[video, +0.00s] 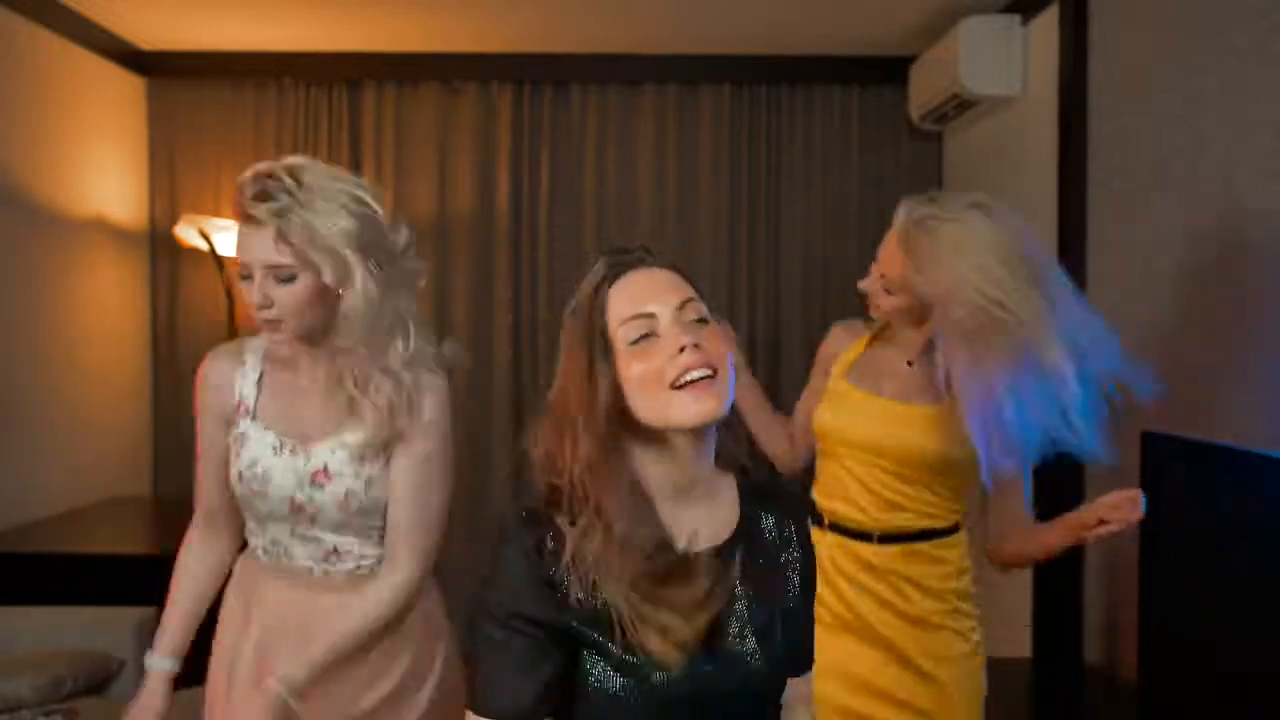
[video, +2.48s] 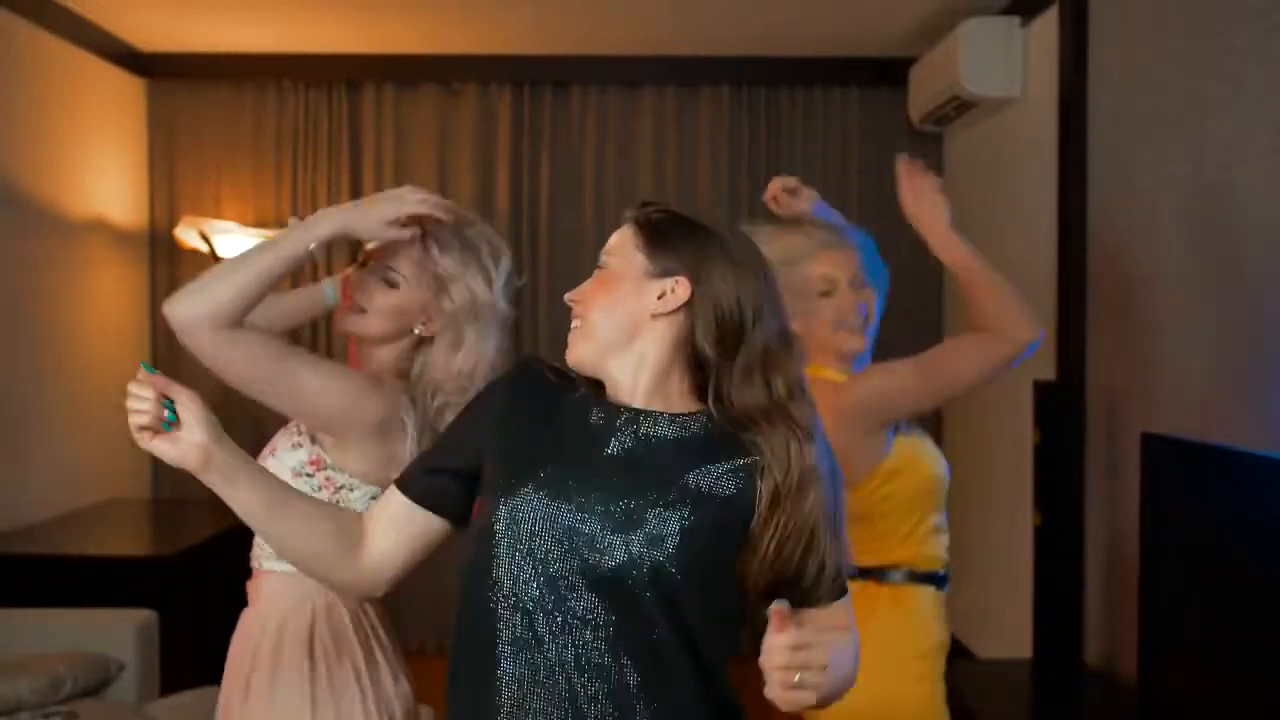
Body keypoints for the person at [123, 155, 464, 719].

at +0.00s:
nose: (259, 298)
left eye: (283, 277)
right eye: (248, 275)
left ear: (343, 277)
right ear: (237, 271)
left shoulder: (414, 390)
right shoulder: (229, 375)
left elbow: (407, 569)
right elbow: (214, 528)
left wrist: (288, 684)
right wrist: (160, 671)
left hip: (381, 645)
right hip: (257, 641)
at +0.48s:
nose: (325, 325)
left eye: (355, 307)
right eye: (322, 306)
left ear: (405, 312)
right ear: (313, 303)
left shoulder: (361, 396)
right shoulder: (419, 399)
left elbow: (332, 582)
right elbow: (335, 572)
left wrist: (185, 687)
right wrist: (205, 569)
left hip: (339, 651)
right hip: (386, 644)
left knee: (103, 684)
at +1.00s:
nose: (343, 319)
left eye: (370, 300)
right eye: (327, 297)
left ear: (406, 308)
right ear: (309, 306)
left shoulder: (385, 401)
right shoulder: (349, 392)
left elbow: (209, 486)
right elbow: (216, 454)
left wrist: (238, 341)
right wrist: (247, 338)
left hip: (340, 644)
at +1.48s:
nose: (393, 312)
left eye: (424, 300)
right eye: (385, 289)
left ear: (465, 319)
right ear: (368, 290)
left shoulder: (408, 407)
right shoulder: (396, 401)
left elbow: (272, 265)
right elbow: (277, 346)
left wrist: (417, 196)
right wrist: (369, 221)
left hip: (324, 632)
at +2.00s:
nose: (358, 284)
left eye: (390, 269)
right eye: (357, 266)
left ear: (441, 290)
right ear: (349, 267)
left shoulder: (389, 379)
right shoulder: (406, 389)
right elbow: (271, 379)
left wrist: (303, 206)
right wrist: (347, 293)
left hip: (321, 631)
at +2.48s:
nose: (355, 283)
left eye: (389, 280)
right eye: (363, 266)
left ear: (433, 320)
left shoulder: (374, 406)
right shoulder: (382, 400)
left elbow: (193, 315)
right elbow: (233, 327)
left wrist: (336, 220)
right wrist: (348, 283)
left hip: (310, 632)